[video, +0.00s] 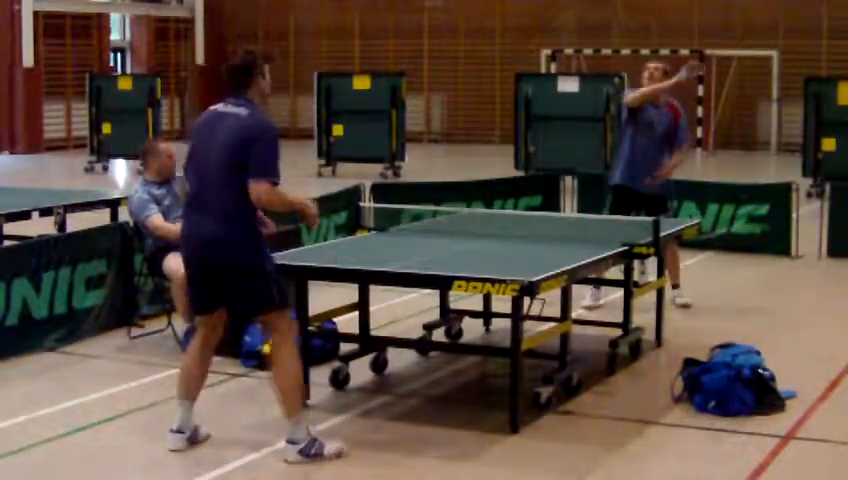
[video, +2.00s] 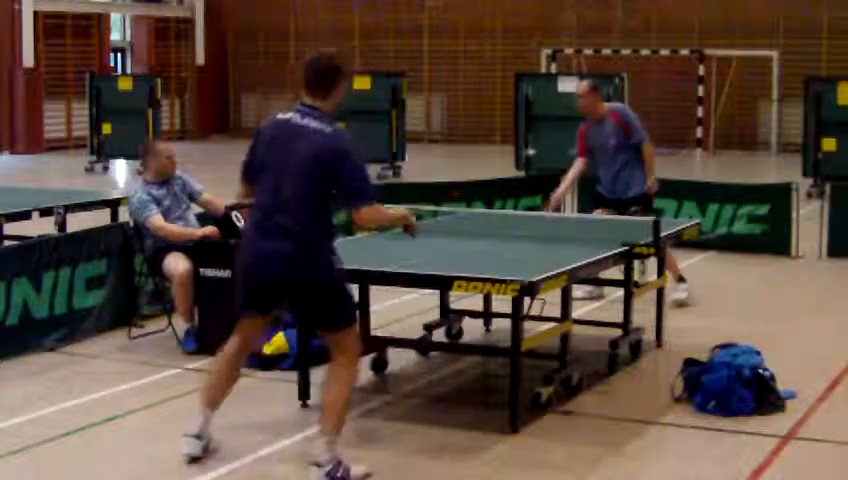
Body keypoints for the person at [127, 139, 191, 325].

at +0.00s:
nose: (174, 161)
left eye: (173, 156)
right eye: (169, 157)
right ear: (152, 163)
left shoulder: (179, 184)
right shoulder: (140, 196)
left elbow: (198, 207)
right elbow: (161, 228)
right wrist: (194, 232)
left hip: (190, 239)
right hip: (162, 246)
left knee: (214, 260)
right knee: (181, 271)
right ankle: (189, 324)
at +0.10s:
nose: (175, 161)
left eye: (174, 156)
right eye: (169, 157)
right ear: (153, 163)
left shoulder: (179, 181)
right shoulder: (140, 196)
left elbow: (199, 198)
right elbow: (160, 228)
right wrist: (194, 235)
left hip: (193, 235)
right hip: (164, 244)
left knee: (217, 256)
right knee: (182, 270)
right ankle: (188, 323)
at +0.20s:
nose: (175, 161)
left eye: (174, 156)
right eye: (169, 157)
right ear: (153, 163)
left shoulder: (178, 181)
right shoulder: (141, 196)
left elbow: (202, 198)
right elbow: (160, 228)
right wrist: (200, 233)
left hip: (193, 233)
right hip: (164, 243)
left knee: (221, 255)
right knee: (182, 270)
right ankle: (189, 324)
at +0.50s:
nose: (174, 162)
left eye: (173, 157)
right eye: (168, 158)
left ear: (174, 160)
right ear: (150, 163)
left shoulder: (179, 181)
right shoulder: (140, 196)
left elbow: (206, 202)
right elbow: (159, 228)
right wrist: (201, 233)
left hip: (194, 236)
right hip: (164, 243)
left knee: (227, 256)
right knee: (182, 269)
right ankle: (189, 326)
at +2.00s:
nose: (174, 162)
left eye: (174, 158)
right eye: (168, 158)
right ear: (151, 161)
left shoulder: (177, 180)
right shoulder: (140, 194)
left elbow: (207, 202)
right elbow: (160, 228)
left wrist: (235, 213)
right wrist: (199, 232)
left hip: (194, 236)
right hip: (164, 245)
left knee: (229, 252)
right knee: (182, 269)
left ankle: (226, 317)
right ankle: (188, 326)